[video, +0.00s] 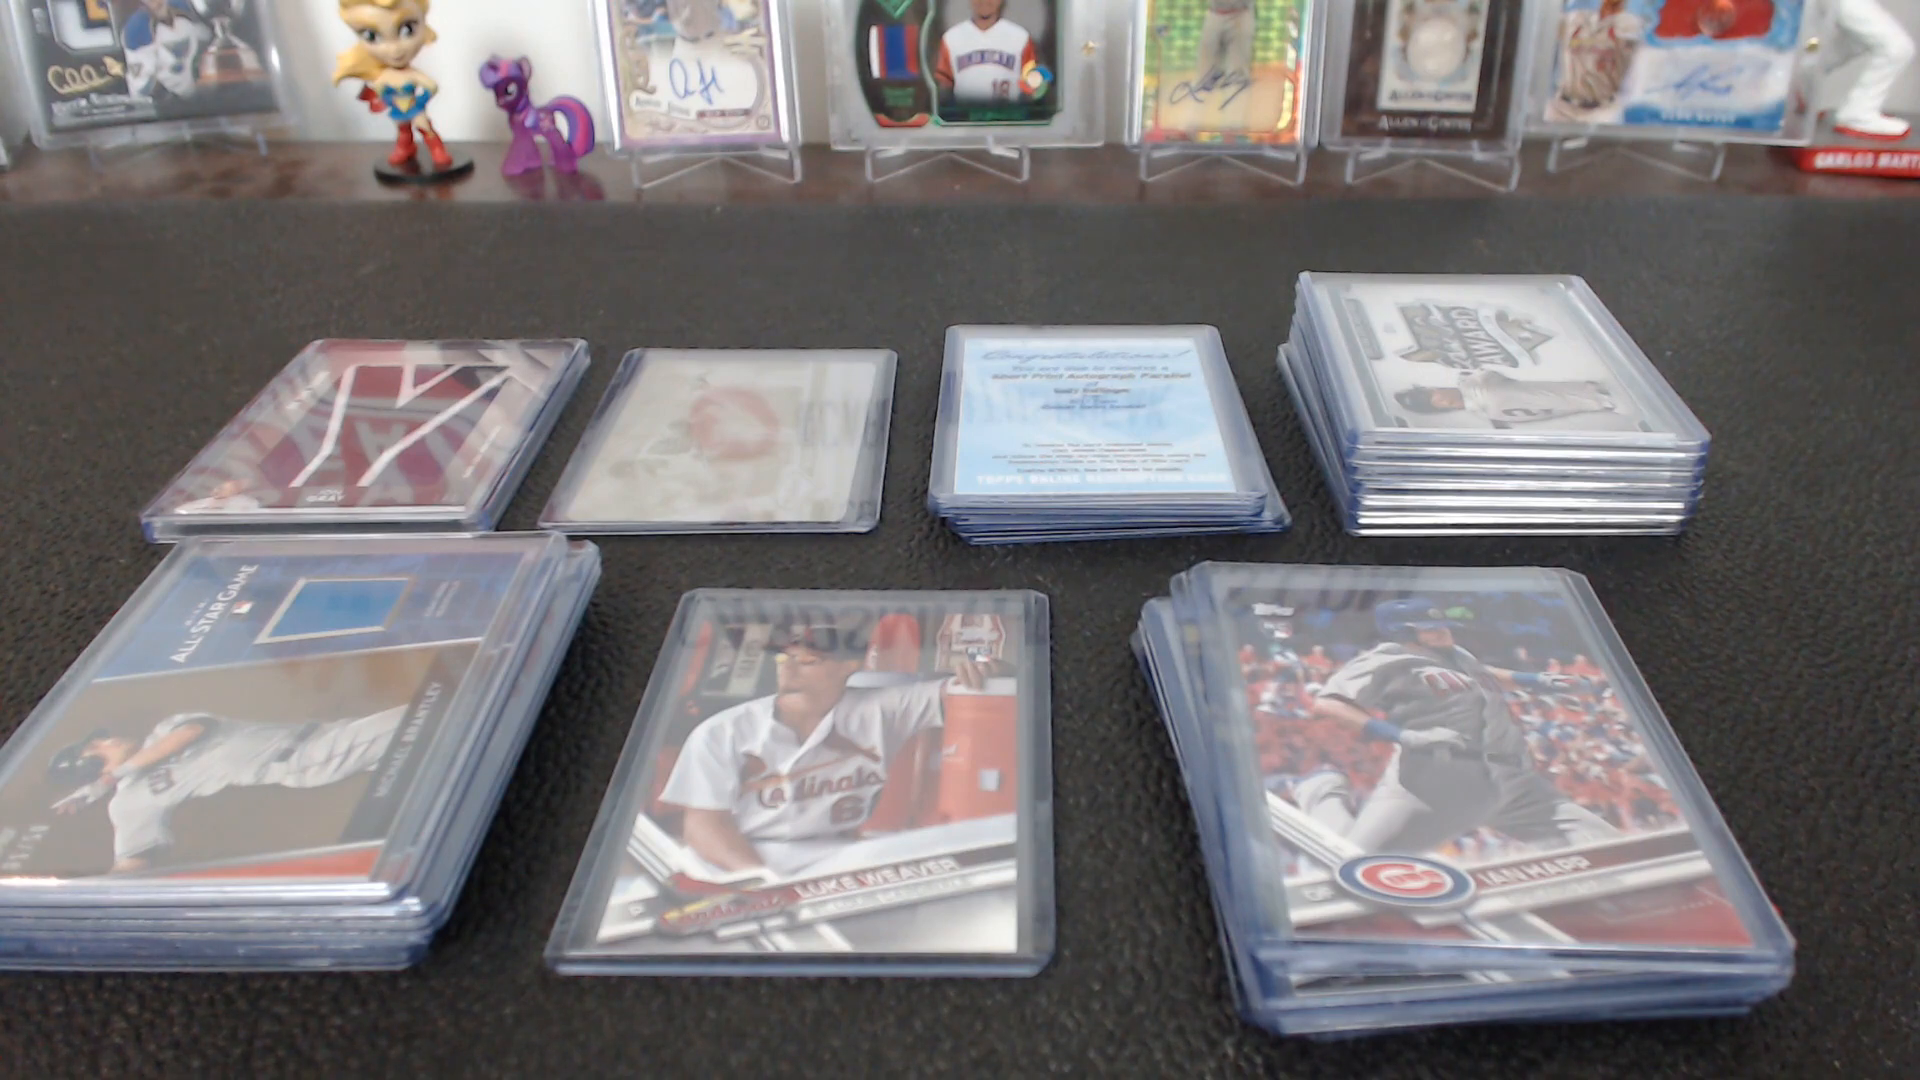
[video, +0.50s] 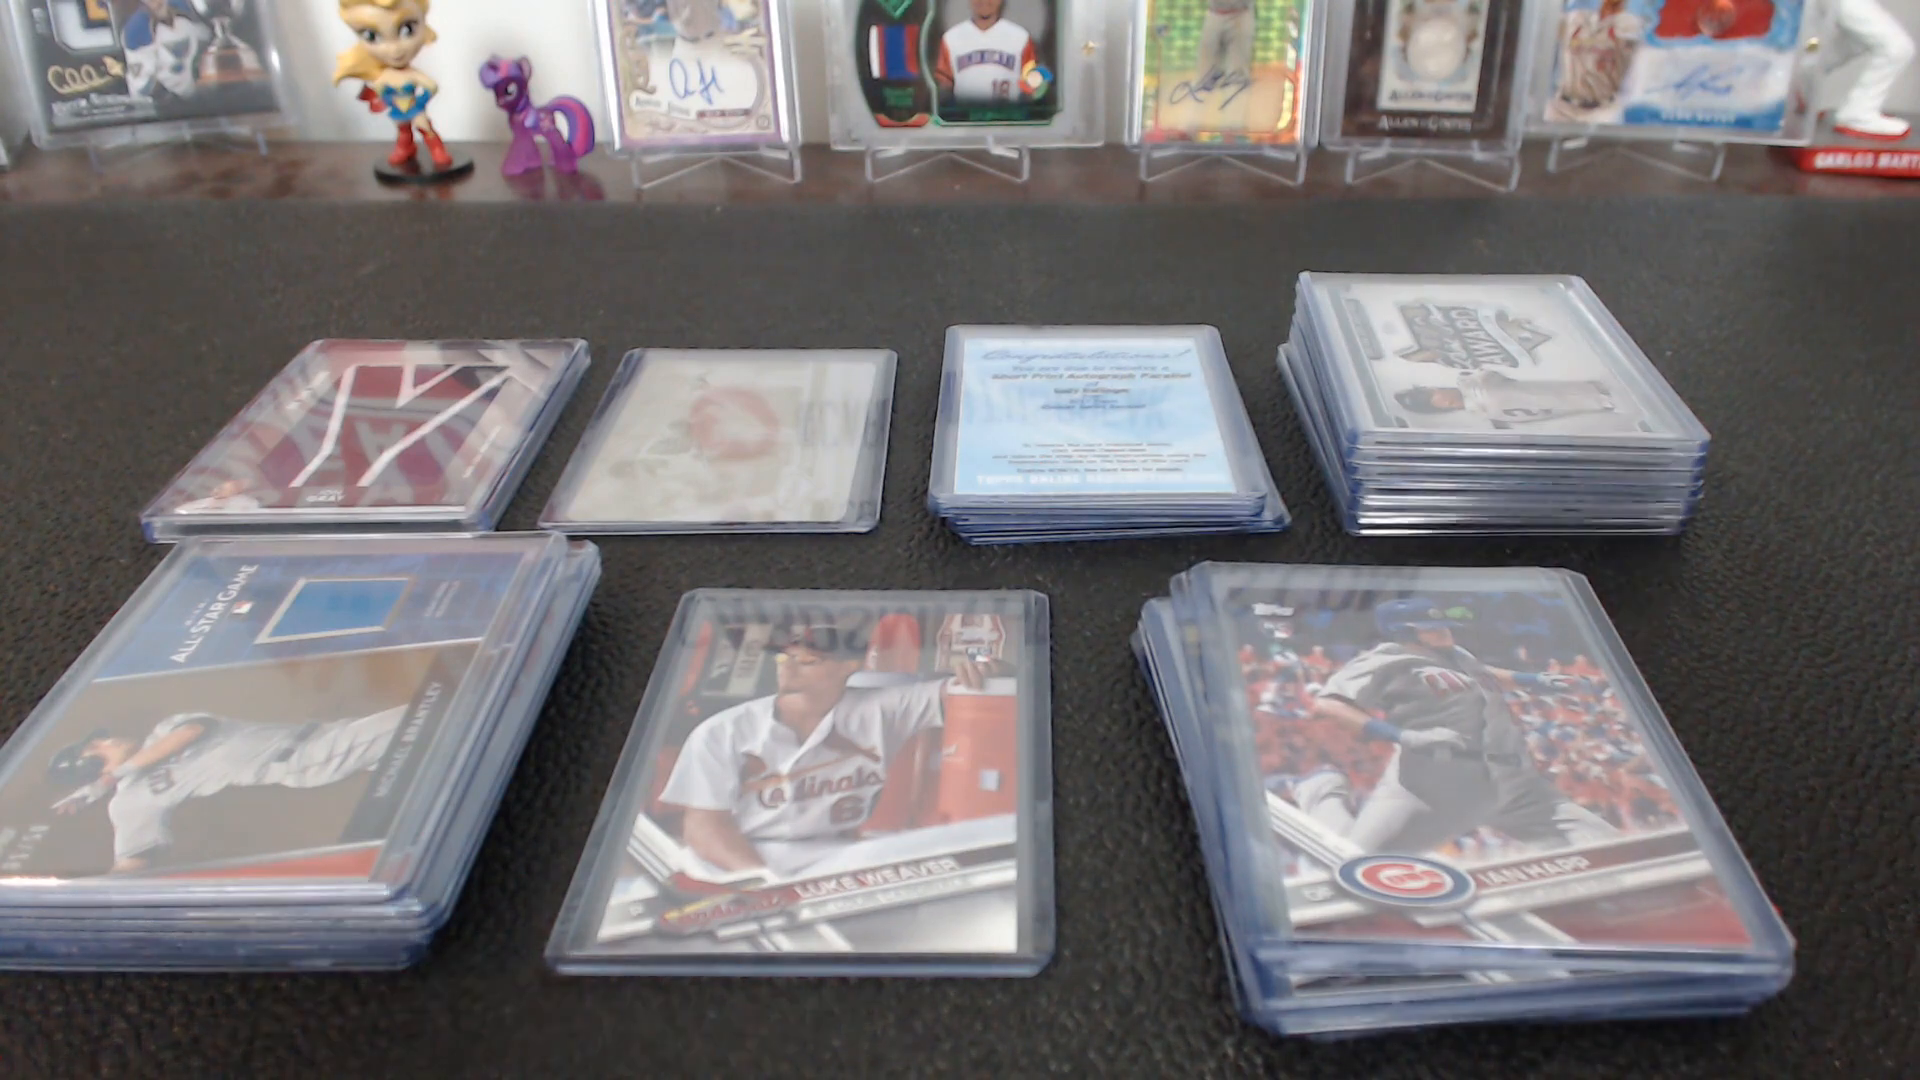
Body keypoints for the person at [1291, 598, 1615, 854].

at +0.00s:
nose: (1445, 631)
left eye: (1444, 622)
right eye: (1433, 623)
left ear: (1445, 625)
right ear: (1405, 629)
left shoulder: (1459, 657)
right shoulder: (1387, 659)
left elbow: (1491, 677)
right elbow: (1328, 704)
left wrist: (1542, 682)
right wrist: (1404, 736)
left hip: (1510, 787)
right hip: (1431, 792)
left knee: (1609, 847)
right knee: (1352, 867)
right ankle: (1321, 792)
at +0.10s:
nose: (1446, 631)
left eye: (1444, 623)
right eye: (1434, 624)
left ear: (1445, 626)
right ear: (1406, 629)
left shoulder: (1459, 657)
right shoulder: (1387, 659)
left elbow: (1491, 677)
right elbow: (1328, 704)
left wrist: (1542, 682)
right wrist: (1404, 736)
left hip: (1510, 788)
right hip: (1431, 793)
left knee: (1609, 848)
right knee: (1353, 868)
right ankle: (1322, 793)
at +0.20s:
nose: (1446, 630)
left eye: (1446, 621)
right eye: (1434, 622)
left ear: (1447, 624)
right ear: (1407, 628)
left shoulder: (1458, 656)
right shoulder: (1387, 660)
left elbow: (1491, 677)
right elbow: (1328, 705)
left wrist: (1541, 683)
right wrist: (1405, 736)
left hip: (1510, 788)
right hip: (1430, 795)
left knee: (1609, 848)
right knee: (1354, 866)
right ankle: (1321, 794)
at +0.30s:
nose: (1446, 629)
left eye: (1447, 620)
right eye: (1434, 621)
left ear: (1450, 623)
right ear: (1407, 626)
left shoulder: (1459, 656)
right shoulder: (1386, 659)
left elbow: (1491, 677)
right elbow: (1328, 705)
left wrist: (1540, 682)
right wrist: (1405, 736)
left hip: (1510, 787)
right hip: (1431, 793)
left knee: (1610, 849)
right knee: (1354, 866)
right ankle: (1321, 793)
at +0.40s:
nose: (1446, 629)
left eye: (1446, 620)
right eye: (1433, 620)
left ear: (1449, 623)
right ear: (1406, 626)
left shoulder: (1459, 657)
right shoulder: (1386, 659)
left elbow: (1490, 677)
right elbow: (1328, 705)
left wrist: (1541, 682)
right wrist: (1405, 736)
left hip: (1511, 787)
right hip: (1431, 794)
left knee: (1610, 848)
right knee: (1354, 866)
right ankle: (1321, 793)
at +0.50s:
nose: (1446, 629)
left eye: (1446, 621)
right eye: (1434, 621)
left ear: (1448, 624)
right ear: (1407, 627)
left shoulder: (1459, 657)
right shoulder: (1386, 660)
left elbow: (1490, 677)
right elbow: (1328, 705)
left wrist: (1539, 682)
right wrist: (1404, 736)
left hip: (1509, 789)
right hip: (1428, 796)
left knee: (1611, 848)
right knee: (1354, 865)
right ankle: (1321, 793)